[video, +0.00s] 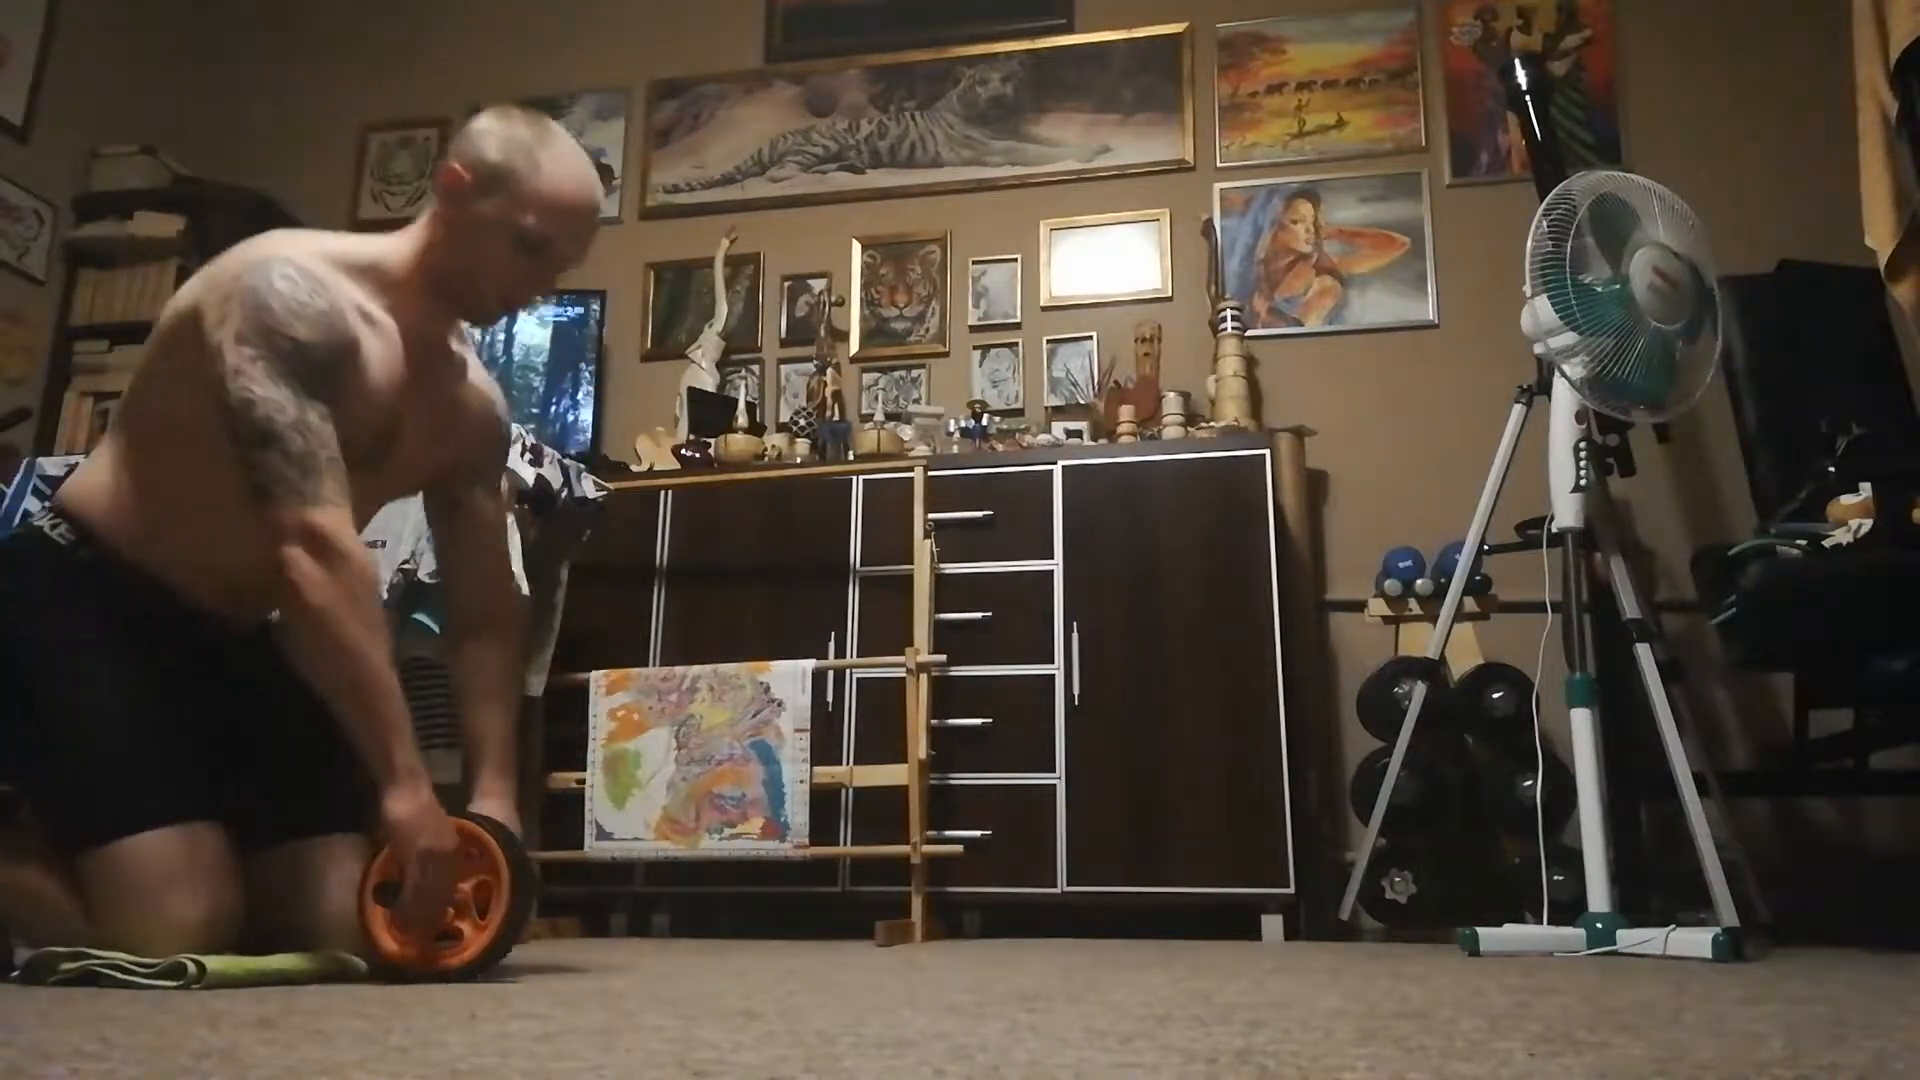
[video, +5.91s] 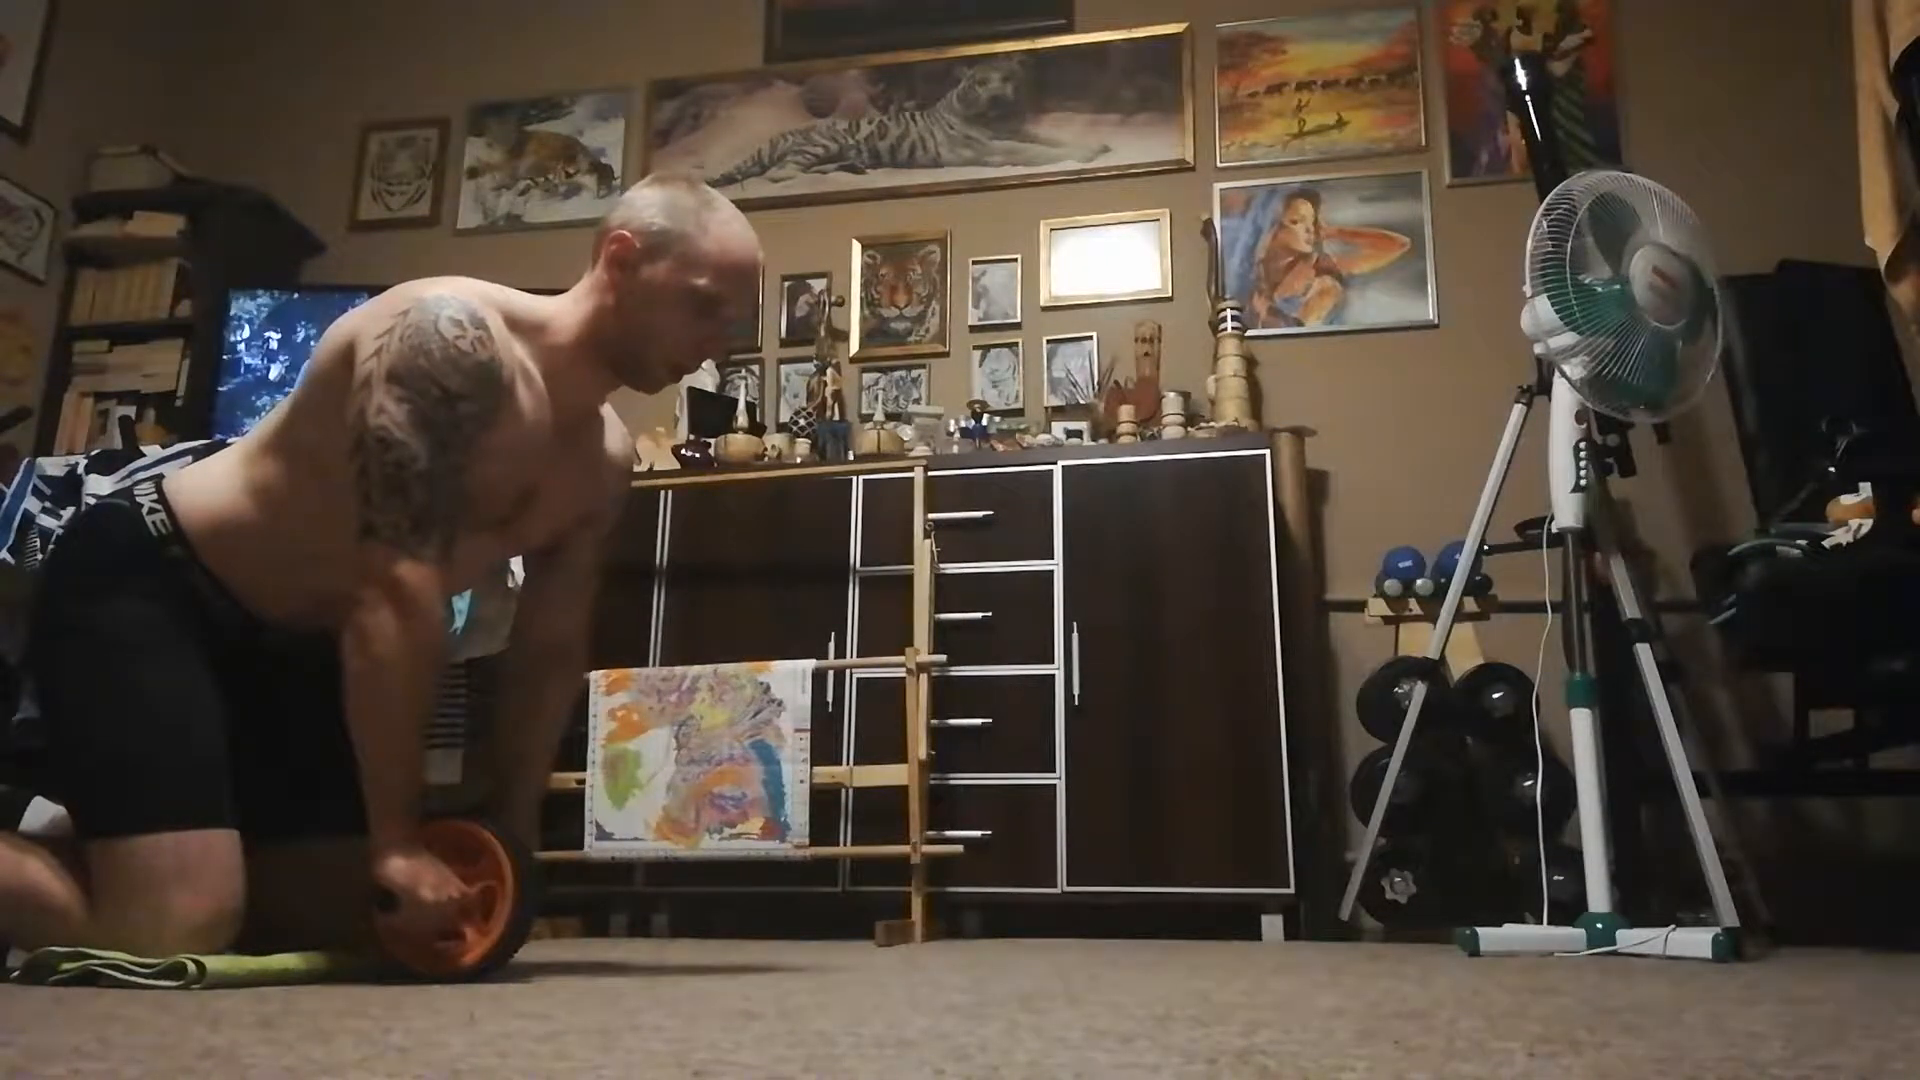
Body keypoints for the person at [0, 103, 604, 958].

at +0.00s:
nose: (543, 282)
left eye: (562, 265)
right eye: (531, 246)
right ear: (453, 191)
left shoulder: (473, 412)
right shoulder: (283, 292)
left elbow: (487, 618)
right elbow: (314, 556)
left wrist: (493, 791)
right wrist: (405, 786)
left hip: (245, 635)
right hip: (88, 593)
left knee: (335, 930)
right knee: (180, 931)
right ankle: (5, 847)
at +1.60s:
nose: (662, 288)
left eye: (676, 266)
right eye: (647, 252)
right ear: (558, 218)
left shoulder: (570, 448)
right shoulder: (404, 331)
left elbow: (528, 642)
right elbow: (380, 599)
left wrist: (505, 841)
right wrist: (407, 839)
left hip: (275, 637)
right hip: (124, 578)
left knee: (348, 921)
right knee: (181, 932)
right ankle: (13, 850)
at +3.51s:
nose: (718, 374)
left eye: (736, 353)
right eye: (711, 339)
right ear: (636, 279)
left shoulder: (589, 468)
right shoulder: (448, 339)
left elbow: (542, 656)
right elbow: (390, 604)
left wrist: (497, 858)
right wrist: (400, 845)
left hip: (294, 632)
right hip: (154, 569)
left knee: (354, 913)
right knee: (172, 922)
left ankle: (140, 894)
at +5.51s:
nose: (719, 343)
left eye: (734, 319)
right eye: (708, 305)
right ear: (623, 255)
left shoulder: (609, 461)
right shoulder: (456, 339)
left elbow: (548, 664)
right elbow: (392, 605)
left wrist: (499, 867)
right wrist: (397, 851)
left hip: (291, 640)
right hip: (145, 573)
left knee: (354, 913)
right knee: (179, 922)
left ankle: (64, 862)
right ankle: (11, 863)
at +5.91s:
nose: (722, 345)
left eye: (735, 322)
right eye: (710, 308)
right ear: (623, 256)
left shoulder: (604, 462)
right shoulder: (450, 342)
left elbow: (545, 666)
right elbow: (388, 605)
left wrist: (495, 860)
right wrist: (398, 849)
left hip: (292, 637)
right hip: (145, 575)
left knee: (354, 910)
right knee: (180, 922)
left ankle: (83, 869)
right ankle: (10, 865)